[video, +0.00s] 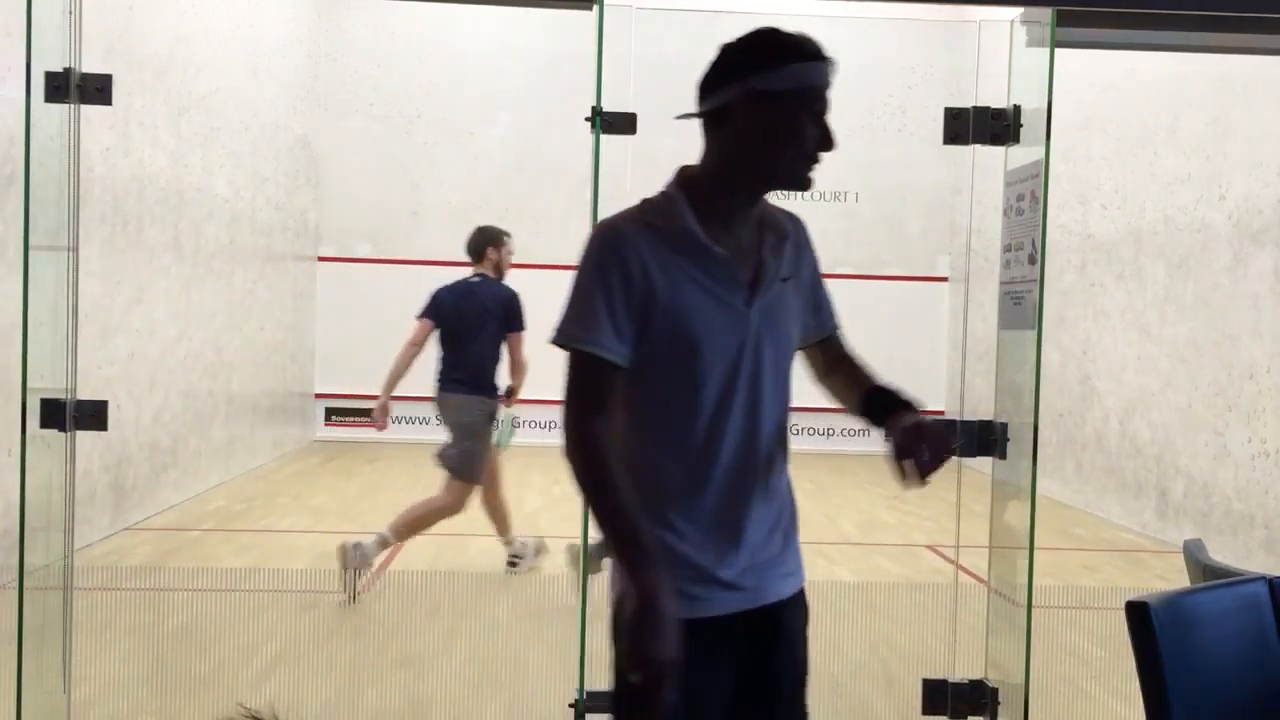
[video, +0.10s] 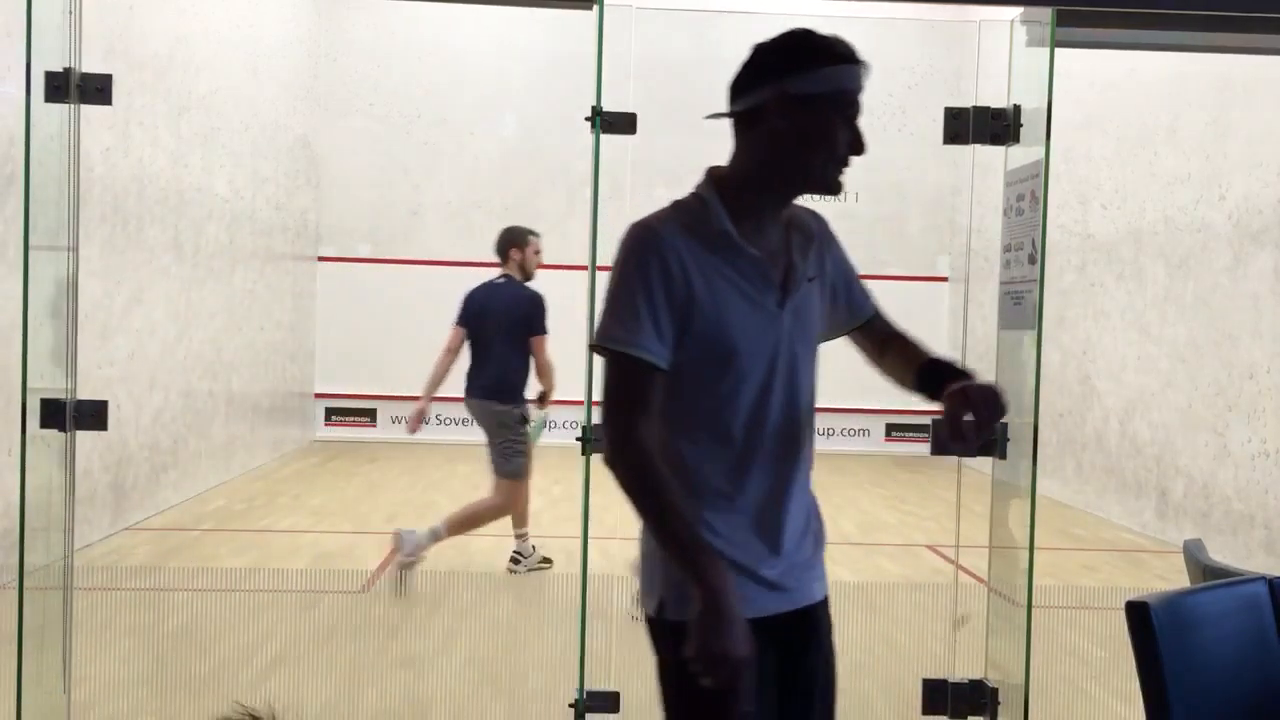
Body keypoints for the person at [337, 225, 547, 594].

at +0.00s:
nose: (511, 259)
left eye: (510, 252)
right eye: (508, 252)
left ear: (479, 256)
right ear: (491, 254)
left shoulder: (446, 294)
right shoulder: (505, 297)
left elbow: (413, 345)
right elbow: (517, 360)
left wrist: (384, 396)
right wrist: (514, 389)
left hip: (449, 399)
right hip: (477, 404)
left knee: (490, 473)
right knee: (453, 501)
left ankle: (514, 548)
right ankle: (367, 550)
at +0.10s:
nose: (540, 259)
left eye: (539, 253)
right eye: (536, 253)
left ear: (510, 256)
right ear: (515, 254)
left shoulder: (477, 295)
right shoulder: (530, 299)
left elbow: (451, 350)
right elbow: (541, 360)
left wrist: (425, 399)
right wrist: (548, 389)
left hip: (476, 398)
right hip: (504, 403)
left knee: (521, 461)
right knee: (506, 500)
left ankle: (523, 548)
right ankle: (420, 541)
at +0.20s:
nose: (567, 248)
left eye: (568, 241)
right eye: (562, 241)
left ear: (536, 244)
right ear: (540, 242)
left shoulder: (505, 280)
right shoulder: (551, 287)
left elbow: (481, 337)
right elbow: (561, 349)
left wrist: (479, 388)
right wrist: (575, 377)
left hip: (498, 385)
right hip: (526, 390)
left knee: (526, 463)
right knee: (554, 481)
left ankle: (524, 549)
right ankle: (476, 536)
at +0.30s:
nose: (589, 241)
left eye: (590, 234)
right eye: (584, 233)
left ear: (561, 237)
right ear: (562, 234)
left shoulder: (530, 270)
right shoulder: (569, 279)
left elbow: (505, 325)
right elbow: (578, 343)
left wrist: (537, 342)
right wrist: (598, 363)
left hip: (516, 377)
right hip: (545, 382)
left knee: (531, 456)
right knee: (586, 463)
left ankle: (524, 545)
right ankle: (544, 542)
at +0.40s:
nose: (611, 243)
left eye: (613, 236)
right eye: (606, 234)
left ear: (582, 237)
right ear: (582, 234)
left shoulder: (552, 269)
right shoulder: (587, 278)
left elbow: (530, 321)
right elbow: (593, 336)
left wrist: (566, 337)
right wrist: (623, 364)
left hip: (538, 378)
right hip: (566, 382)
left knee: (542, 458)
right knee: (602, 457)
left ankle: (527, 547)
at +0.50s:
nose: (631, 244)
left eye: (632, 238)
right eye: (627, 237)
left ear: (602, 240)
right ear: (606, 237)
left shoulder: (570, 273)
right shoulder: (609, 282)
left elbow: (547, 327)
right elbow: (618, 347)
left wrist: (585, 330)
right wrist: (645, 370)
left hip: (558, 384)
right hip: (592, 388)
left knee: (554, 461)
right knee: (620, 466)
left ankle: (529, 547)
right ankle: (629, 561)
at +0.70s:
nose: (669, 245)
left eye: (670, 238)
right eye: (666, 237)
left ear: (635, 235)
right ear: (644, 235)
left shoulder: (599, 270)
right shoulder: (651, 278)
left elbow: (575, 326)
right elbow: (662, 342)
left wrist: (599, 352)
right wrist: (675, 370)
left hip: (589, 380)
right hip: (627, 385)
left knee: (577, 459)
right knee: (635, 466)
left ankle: (553, 548)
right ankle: (628, 561)